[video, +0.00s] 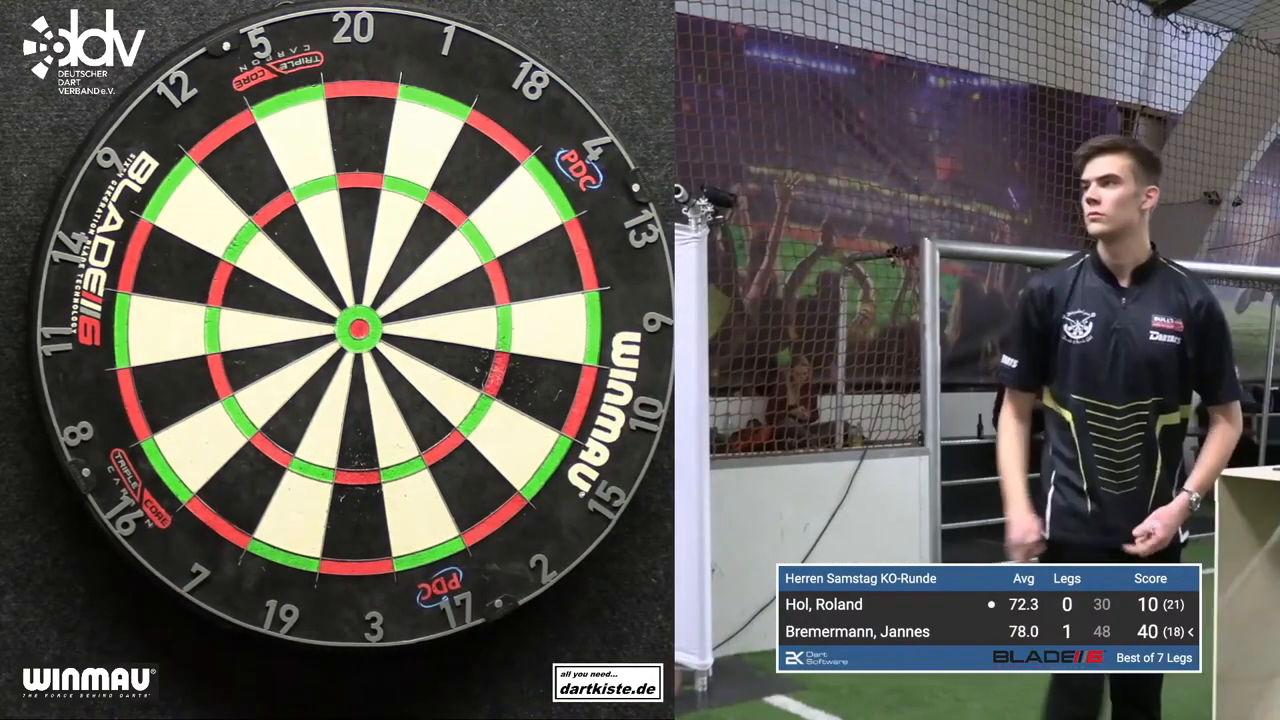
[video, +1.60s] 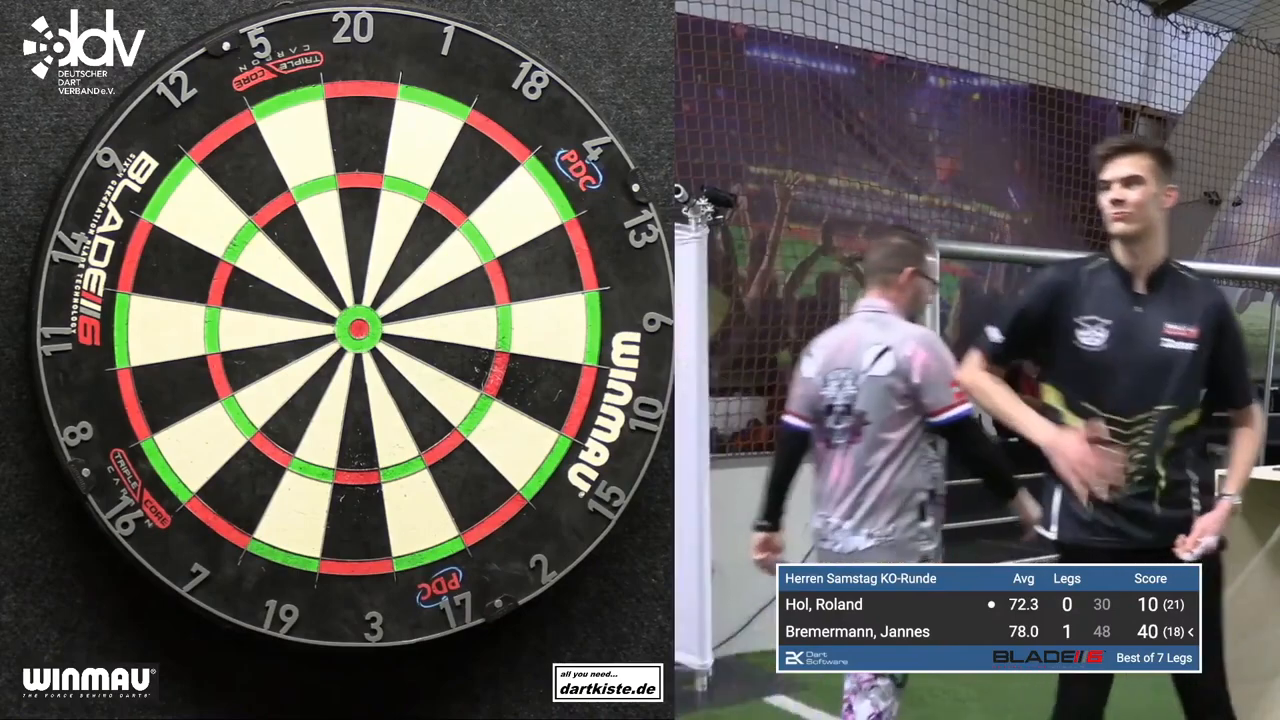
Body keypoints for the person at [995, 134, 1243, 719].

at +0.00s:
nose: (1090, 195)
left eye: (1107, 184)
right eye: (1085, 186)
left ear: (1149, 198)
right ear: (1079, 200)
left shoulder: (1192, 303)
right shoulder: (1048, 295)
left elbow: (1227, 419)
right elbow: (1016, 409)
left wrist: (1181, 506)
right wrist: (1017, 507)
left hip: (1153, 534)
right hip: (1069, 532)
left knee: (1140, 691)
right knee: (1073, 686)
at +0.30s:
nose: (1039, 189)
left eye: (1056, 176)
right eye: (1034, 180)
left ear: (1101, 189)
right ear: (1028, 194)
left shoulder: (1152, 289)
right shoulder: (1005, 297)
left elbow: (1199, 400)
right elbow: (972, 425)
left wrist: (1178, 497)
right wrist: (940, 541)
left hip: (1136, 535)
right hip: (1052, 538)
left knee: (1139, 698)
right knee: (1056, 700)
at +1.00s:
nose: (1012, 186)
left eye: (1030, 172)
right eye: (1008, 176)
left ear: (1074, 186)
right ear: (1004, 190)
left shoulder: (1131, 289)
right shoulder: (979, 299)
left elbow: (1171, 411)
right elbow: (953, 431)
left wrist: (1141, 508)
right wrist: (995, 535)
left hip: (1125, 543)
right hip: (1034, 551)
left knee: (1136, 697)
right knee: (1048, 700)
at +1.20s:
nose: (1042, 188)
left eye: (1059, 175)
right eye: (1035, 179)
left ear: (1102, 189)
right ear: (1028, 193)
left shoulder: (1148, 295)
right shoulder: (996, 293)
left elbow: (1182, 418)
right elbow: (945, 404)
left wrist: (1148, 502)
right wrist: (1031, 454)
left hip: (1132, 537)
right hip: (1040, 538)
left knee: (1142, 695)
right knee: (1052, 696)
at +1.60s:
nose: (1117, 197)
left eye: (1133, 184)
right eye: (1107, 187)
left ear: (1169, 196)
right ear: (1098, 202)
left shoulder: (1205, 304)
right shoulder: (1063, 287)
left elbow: (1247, 419)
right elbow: (973, 370)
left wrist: (1224, 505)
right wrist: (1054, 438)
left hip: (1180, 542)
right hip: (1088, 540)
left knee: (1206, 700)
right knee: (1080, 699)